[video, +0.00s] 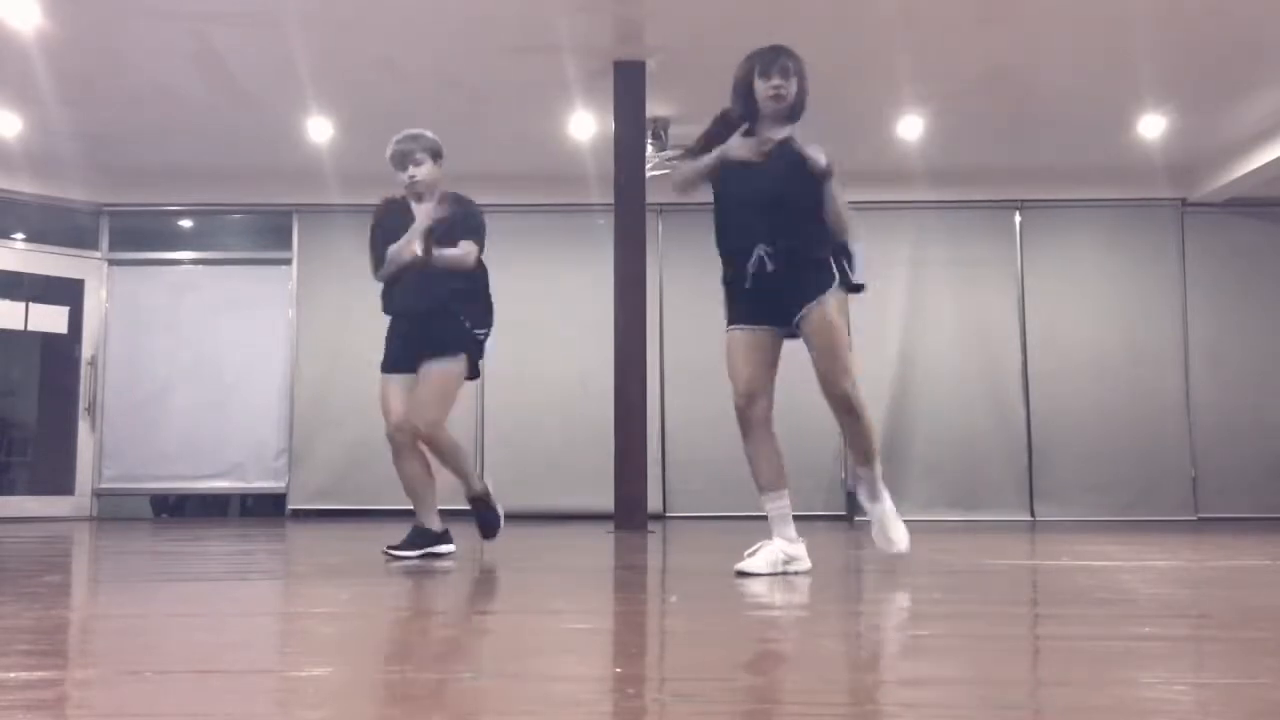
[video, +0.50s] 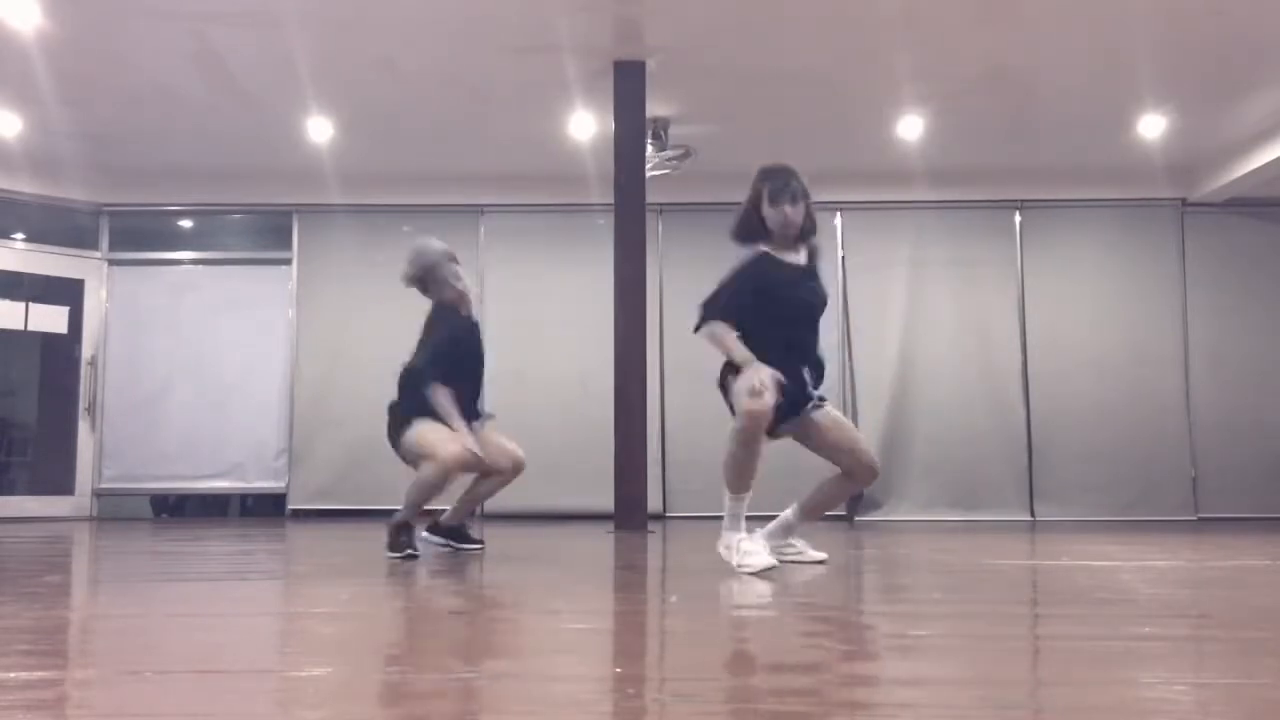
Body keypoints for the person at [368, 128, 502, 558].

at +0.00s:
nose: (411, 171)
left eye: (419, 162)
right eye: (403, 165)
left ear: (438, 164)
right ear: (396, 173)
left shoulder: (461, 207)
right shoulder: (389, 213)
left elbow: (468, 256)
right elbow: (385, 268)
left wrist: (422, 254)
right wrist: (419, 224)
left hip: (452, 325)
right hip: (404, 327)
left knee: (424, 424)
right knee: (397, 428)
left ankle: (476, 490)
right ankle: (430, 528)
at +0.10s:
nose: (419, 178)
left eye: (428, 169)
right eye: (410, 171)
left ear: (447, 175)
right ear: (400, 181)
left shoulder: (465, 219)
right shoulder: (384, 225)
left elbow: (463, 261)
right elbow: (367, 280)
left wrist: (429, 223)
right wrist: (401, 244)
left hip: (456, 338)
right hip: (404, 338)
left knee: (453, 441)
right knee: (404, 433)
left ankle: (471, 499)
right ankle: (418, 527)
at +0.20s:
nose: (419, 188)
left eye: (428, 181)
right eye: (411, 183)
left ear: (447, 191)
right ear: (404, 195)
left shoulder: (463, 222)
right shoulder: (391, 243)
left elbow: (480, 259)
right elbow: (371, 304)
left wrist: (437, 225)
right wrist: (395, 280)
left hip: (459, 349)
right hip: (408, 351)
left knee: (463, 456)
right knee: (415, 437)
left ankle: (455, 513)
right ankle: (420, 528)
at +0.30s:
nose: (409, 208)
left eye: (420, 201)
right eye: (403, 204)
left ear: (441, 211)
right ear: (398, 217)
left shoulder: (467, 245)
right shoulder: (391, 268)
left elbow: (513, 280)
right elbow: (374, 321)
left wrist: (472, 272)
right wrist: (401, 345)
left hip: (459, 373)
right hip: (409, 374)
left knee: (490, 468)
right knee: (404, 442)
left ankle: (449, 519)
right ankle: (422, 529)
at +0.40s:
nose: (423, 250)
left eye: (422, 239)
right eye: (412, 249)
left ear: (439, 235)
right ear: (409, 261)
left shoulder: (477, 277)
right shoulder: (410, 297)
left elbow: (483, 318)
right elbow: (376, 344)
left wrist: (495, 342)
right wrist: (409, 387)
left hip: (461, 402)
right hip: (414, 399)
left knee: (513, 464)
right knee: (406, 446)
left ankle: (453, 521)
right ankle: (423, 528)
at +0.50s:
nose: (456, 285)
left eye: (454, 275)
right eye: (444, 283)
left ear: (458, 271)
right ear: (431, 290)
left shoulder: (459, 314)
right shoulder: (445, 323)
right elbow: (433, 383)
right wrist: (463, 431)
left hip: (456, 417)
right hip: (417, 419)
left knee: (511, 461)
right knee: (452, 455)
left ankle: (450, 524)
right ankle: (401, 525)